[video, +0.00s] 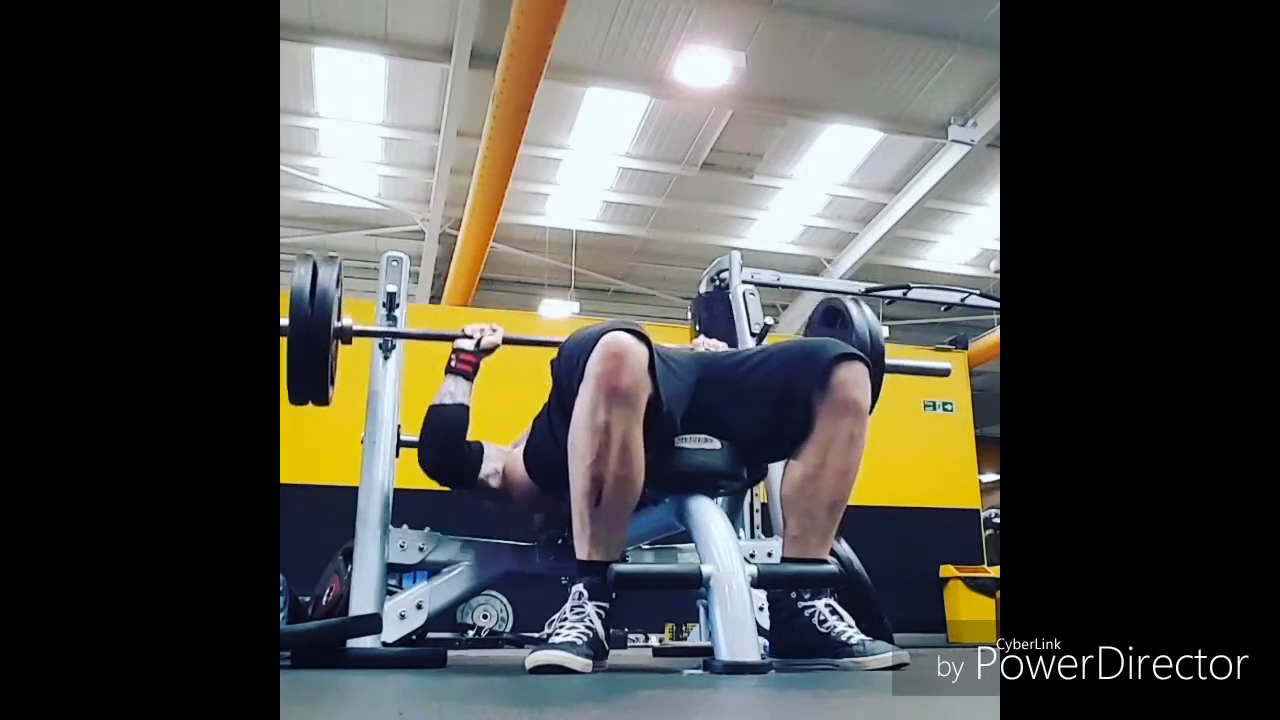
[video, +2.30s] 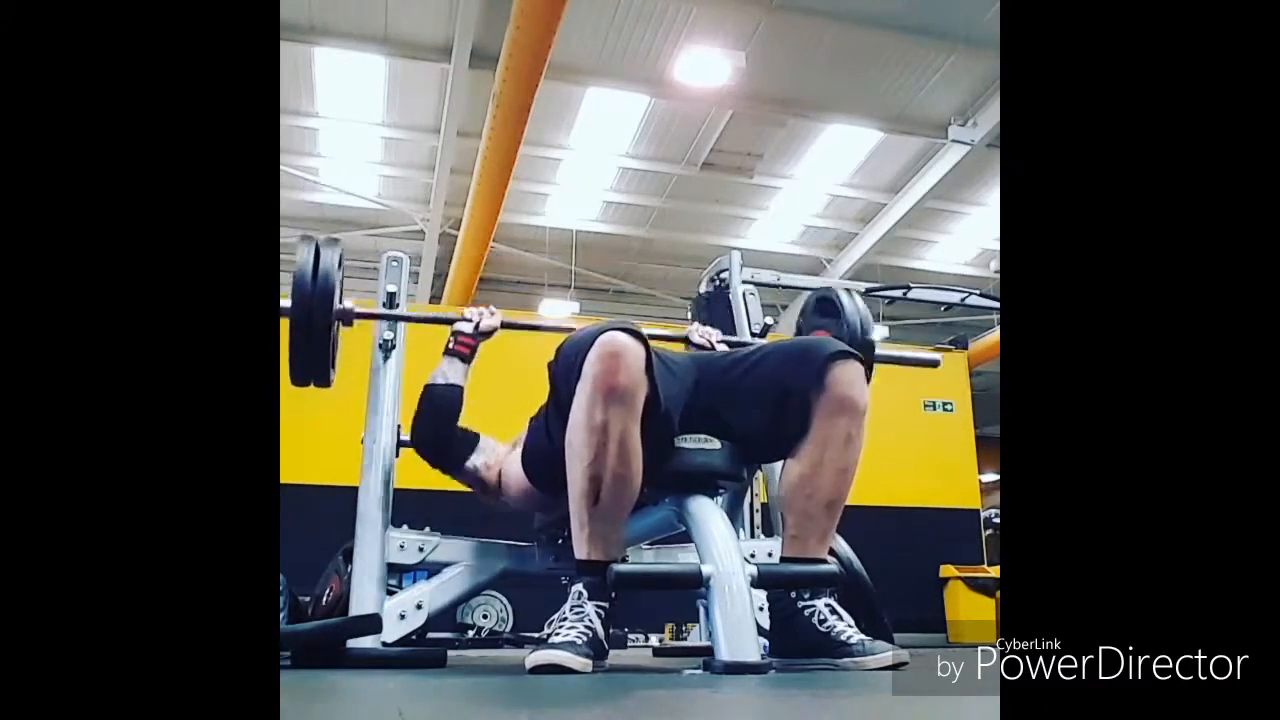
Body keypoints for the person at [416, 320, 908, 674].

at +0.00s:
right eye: (489, 476)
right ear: (499, 481)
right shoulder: (518, 472)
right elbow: (441, 452)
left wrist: (728, 356)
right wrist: (464, 361)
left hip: (701, 375)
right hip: (623, 358)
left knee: (845, 374)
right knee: (617, 355)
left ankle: (801, 607)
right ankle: (587, 604)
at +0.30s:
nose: (494, 437)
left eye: (496, 439)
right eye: (489, 447)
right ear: (496, 467)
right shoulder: (520, 474)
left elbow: (728, 393)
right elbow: (452, 393)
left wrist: (717, 328)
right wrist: (466, 297)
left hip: (686, 386)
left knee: (843, 375)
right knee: (624, 354)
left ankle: (800, 610)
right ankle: (586, 606)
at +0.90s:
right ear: (517, 479)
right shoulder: (513, 469)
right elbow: (434, 436)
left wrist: (719, 357)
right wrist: (464, 343)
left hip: (702, 391)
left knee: (846, 374)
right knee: (623, 355)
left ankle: (799, 608)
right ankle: (587, 606)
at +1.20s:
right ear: (499, 509)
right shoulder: (518, 483)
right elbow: (448, 506)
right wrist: (464, 416)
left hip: (704, 375)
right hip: (625, 357)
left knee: (851, 376)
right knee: (623, 358)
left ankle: (801, 607)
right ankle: (588, 607)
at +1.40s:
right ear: (499, 477)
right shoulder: (514, 476)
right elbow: (440, 459)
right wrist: (465, 366)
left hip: (709, 372)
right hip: (622, 354)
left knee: (848, 376)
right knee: (622, 359)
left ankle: (801, 607)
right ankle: (588, 604)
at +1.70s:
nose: (496, 445)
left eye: (496, 446)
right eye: (492, 451)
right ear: (498, 466)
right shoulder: (522, 475)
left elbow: (735, 394)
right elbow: (455, 396)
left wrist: (720, 328)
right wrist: (468, 300)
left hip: (707, 384)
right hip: (631, 366)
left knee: (851, 377)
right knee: (628, 355)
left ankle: (800, 606)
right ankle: (586, 605)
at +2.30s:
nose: (494, 475)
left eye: (491, 471)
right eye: (488, 481)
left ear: (510, 459)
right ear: (498, 492)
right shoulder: (517, 463)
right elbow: (432, 434)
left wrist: (715, 352)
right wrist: (464, 343)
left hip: (703, 383)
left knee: (841, 376)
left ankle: (799, 606)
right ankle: (587, 605)